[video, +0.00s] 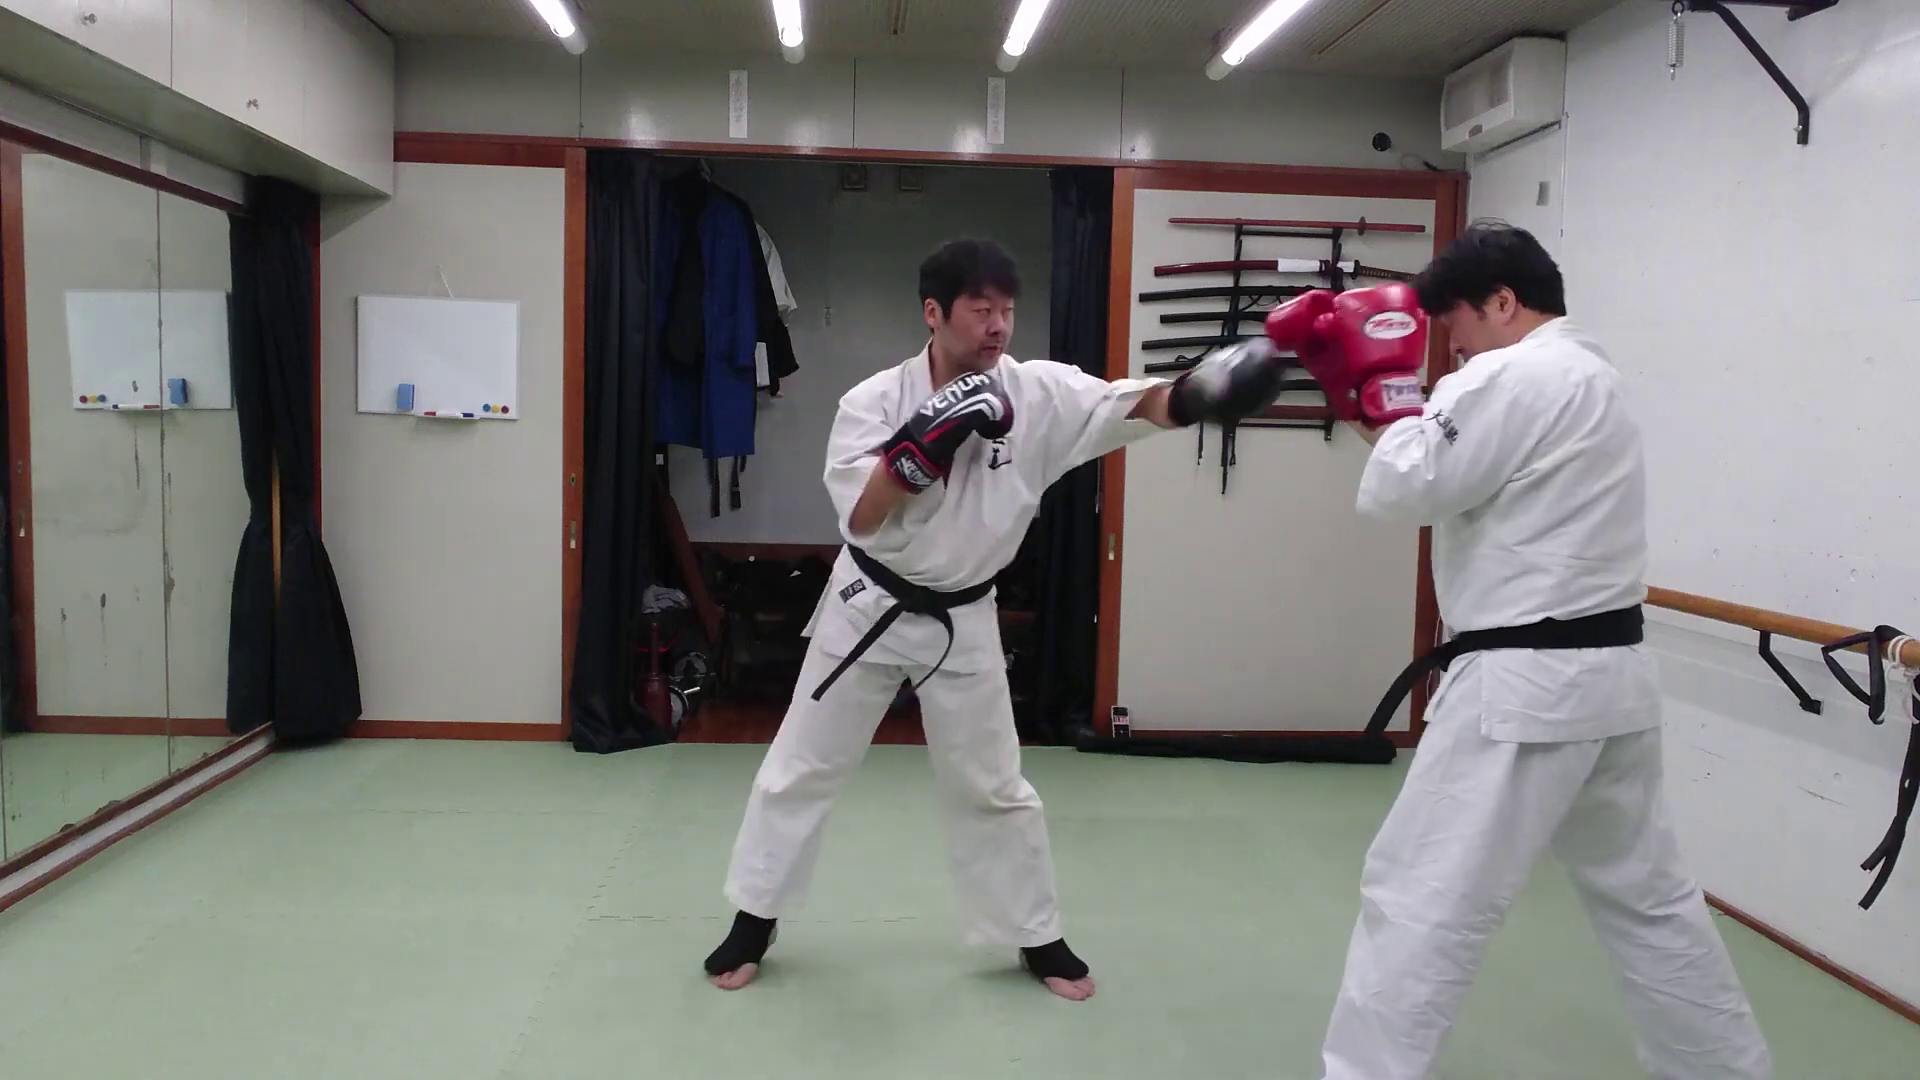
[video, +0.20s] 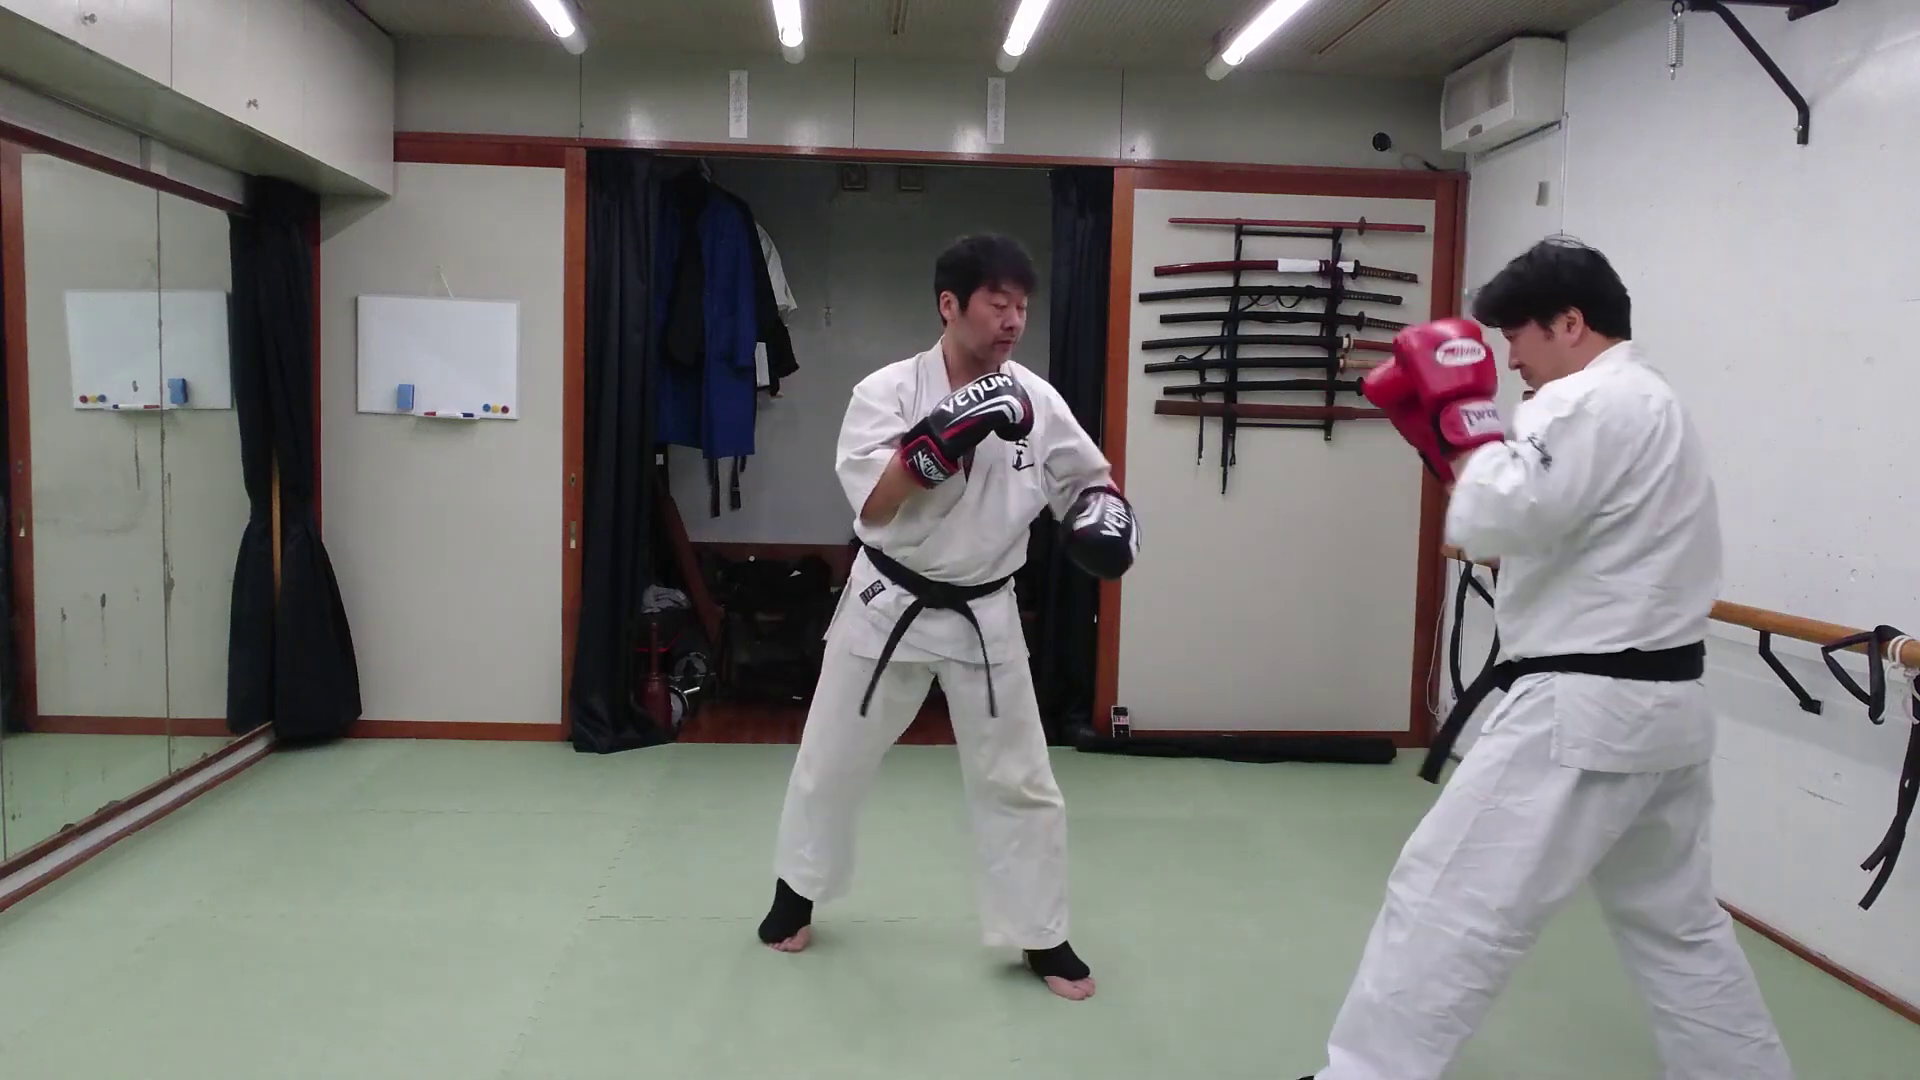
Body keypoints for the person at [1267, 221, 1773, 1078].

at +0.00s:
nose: (1451, 349)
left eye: (1453, 326)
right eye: (1445, 332)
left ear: (1503, 302)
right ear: (1531, 305)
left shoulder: (1508, 382)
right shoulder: (1596, 377)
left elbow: (1400, 487)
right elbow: (1478, 476)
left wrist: (1400, 391)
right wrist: (1388, 408)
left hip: (1520, 687)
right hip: (1621, 678)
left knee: (1418, 904)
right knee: (1651, 904)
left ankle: (1364, 1065)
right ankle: (1731, 1067)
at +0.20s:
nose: (1511, 357)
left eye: (1517, 335)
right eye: (1507, 339)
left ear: (1569, 324)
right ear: (1581, 326)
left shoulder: (1592, 405)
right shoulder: (1659, 405)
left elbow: (1488, 520)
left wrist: (1472, 421)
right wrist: (1455, 434)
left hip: (1576, 710)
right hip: (1670, 708)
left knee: (1442, 906)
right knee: (1681, 934)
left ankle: (1367, 1068)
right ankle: (1750, 1074)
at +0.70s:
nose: (1432, 360)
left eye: (1435, 336)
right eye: (1430, 338)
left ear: (1480, 324)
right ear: (1523, 321)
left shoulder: (1487, 406)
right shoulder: (1632, 402)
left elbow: (1360, 530)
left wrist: (1324, 444)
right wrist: (1434, 435)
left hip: (1542, 716)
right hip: (1673, 710)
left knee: (1431, 949)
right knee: (1709, 946)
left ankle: (1383, 1073)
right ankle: (1752, 1074)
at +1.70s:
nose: (1532, 355)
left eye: (1535, 331)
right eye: (1528, 335)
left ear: (1580, 317)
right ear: (1658, 309)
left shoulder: (1564, 403)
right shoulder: (1764, 420)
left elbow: (1476, 560)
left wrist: (1406, 490)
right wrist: (1550, 383)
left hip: (1565, 766)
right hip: (1723, 771)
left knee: (1403, 1009)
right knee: (1737, 1031)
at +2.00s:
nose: (1523, 306)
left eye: (1525, 281)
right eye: (1520, 283)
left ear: (1578, 269)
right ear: (1615, 262)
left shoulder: (1601, 376)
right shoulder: (1706, 351)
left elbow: (1526, 501)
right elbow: (1560, 396)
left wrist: (1398, 434)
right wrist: (1445, 381)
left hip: (1544, 744)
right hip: (1667, 729)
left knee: (1442, 997)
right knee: (1654, 928)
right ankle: (1742, 1076)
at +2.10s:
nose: (1488, 326)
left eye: (1490, 301)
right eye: (1483, 304)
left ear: (1543, 288)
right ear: (1560, 285)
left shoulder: (1613, 408)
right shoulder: (1646, 375)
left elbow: (1464, 520)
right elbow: (1564, 480)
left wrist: (1378, 442)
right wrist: (1469, 451)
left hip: (1560, 760)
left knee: (1421, 966)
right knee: (1437, 784)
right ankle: (1621, 934)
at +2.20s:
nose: (1458, 352)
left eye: (1460, 329)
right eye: (1453, 330)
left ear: (1510, 320)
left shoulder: (1597, 435)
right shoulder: (1617, 393)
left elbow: (1424, 542)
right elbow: (1482, 522)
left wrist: (1377, 455)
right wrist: (1370, 510)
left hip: (1545, 774)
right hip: (1507, 704)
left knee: (1405, 972)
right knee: (1386, 683)